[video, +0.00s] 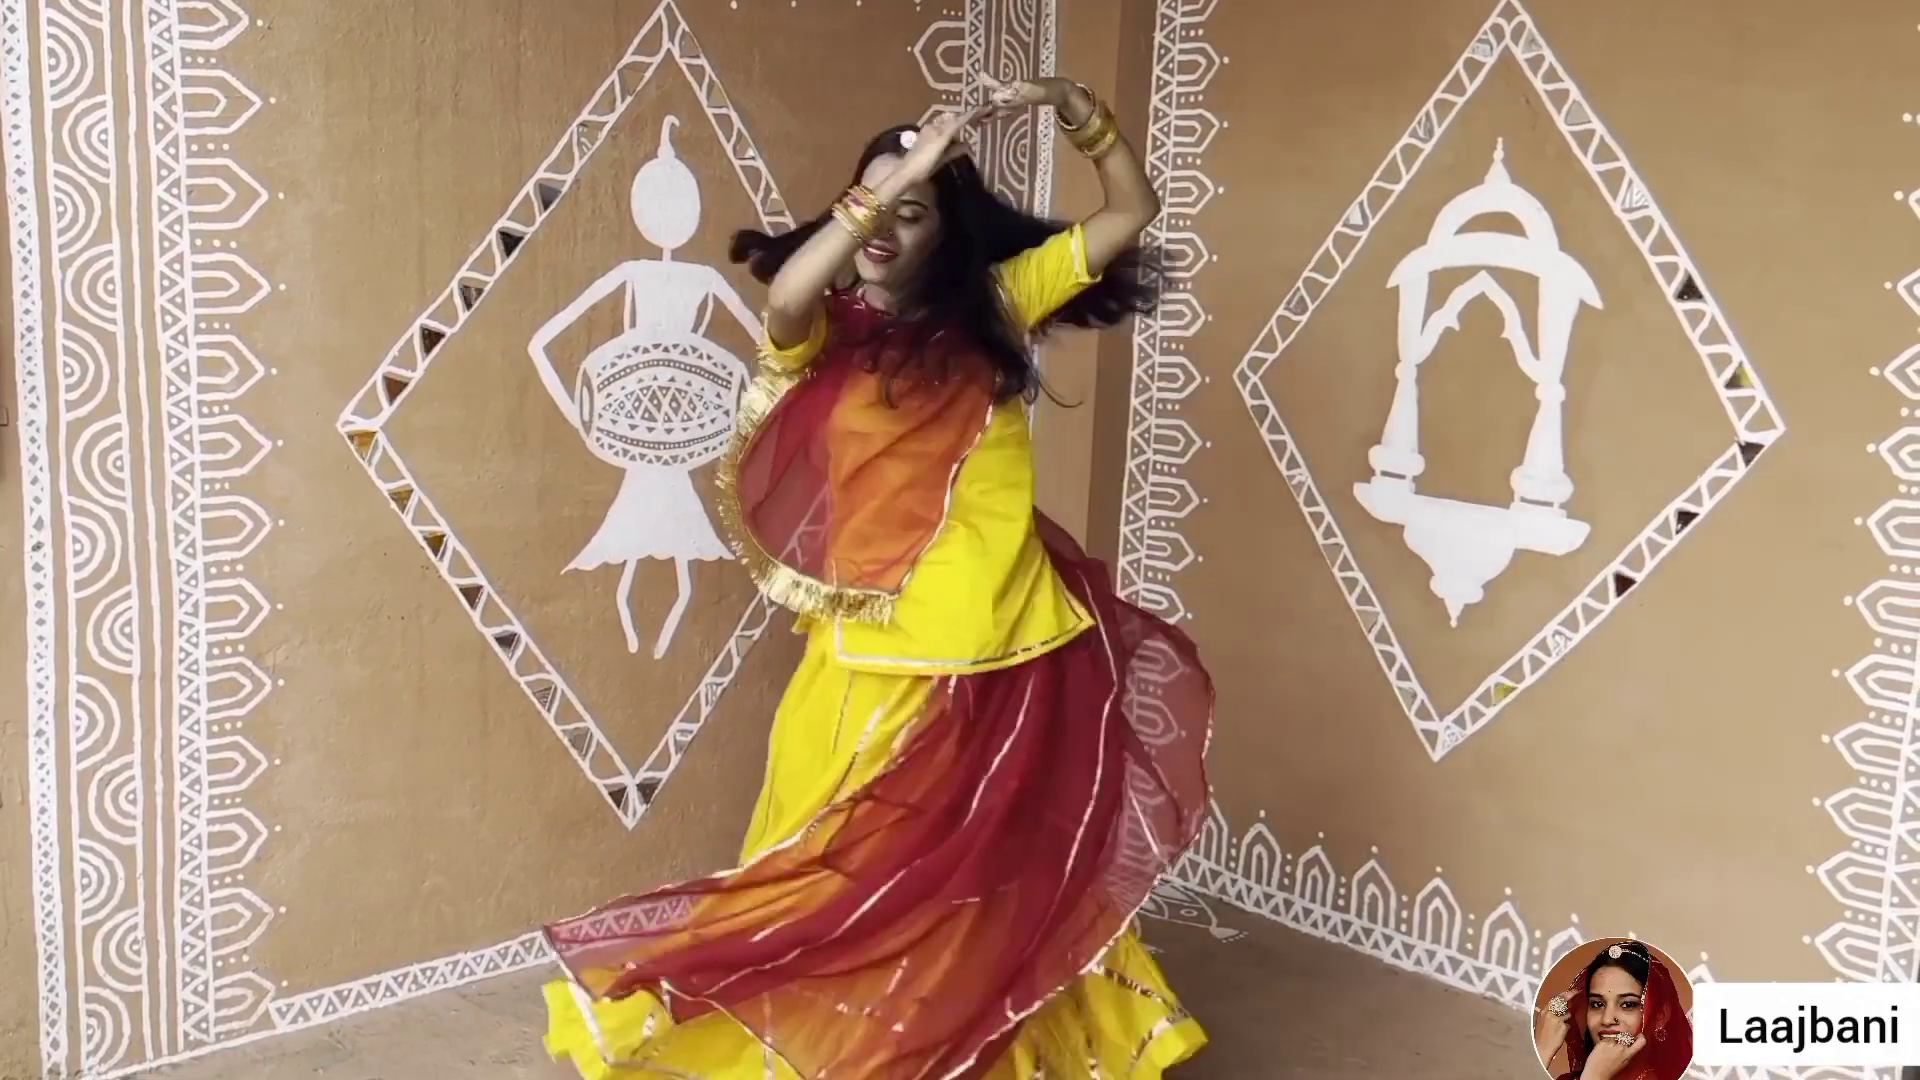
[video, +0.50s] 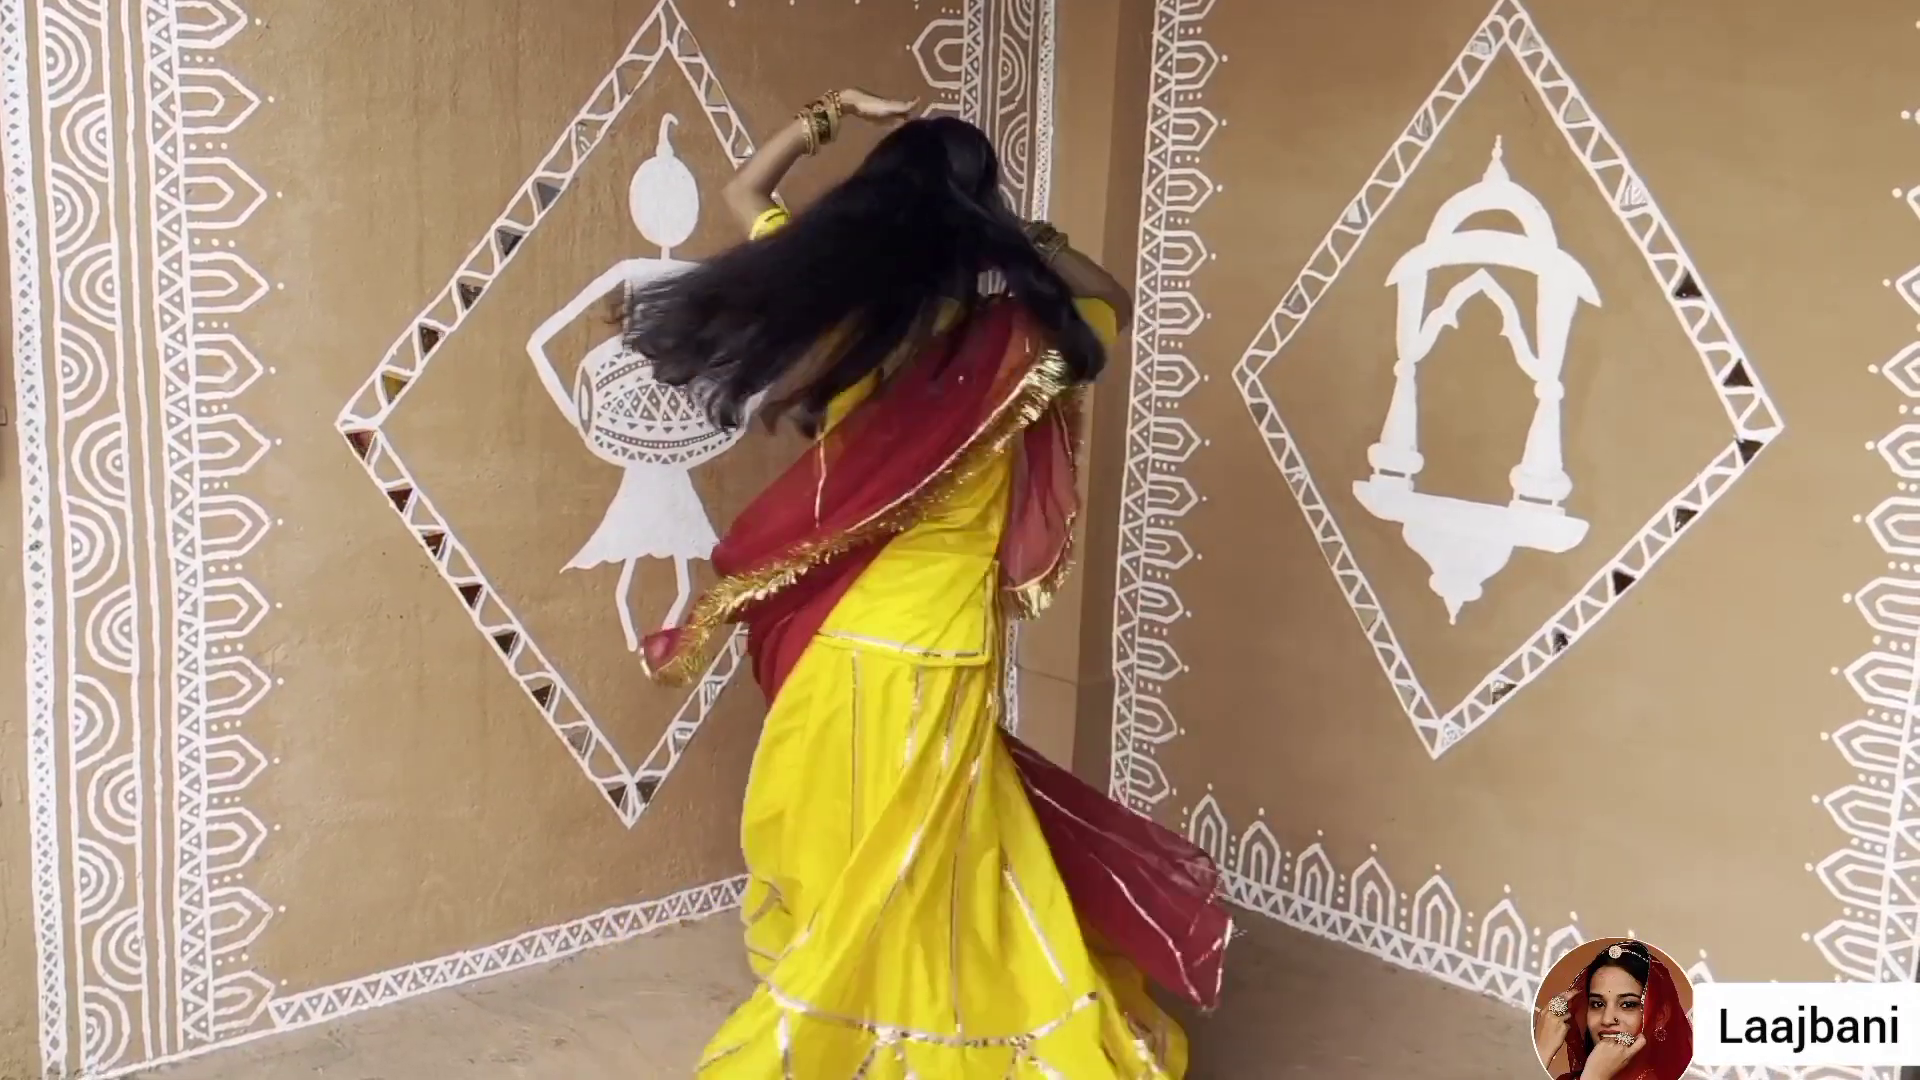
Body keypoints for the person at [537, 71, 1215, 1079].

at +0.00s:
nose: (879, 235)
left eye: (907, 216)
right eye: (868, 214)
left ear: (949, 231)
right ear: (848, 228)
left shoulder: (989, 308)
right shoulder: (819, 335)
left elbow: (1127, 217)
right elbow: (786, 303)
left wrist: (1081, 114)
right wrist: (882, 185)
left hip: (1007, 644)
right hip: (869, 648)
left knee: (993, 879)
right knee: (833, 872)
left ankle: (994, 1056)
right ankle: (827, 1056)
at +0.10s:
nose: (908, 235)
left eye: (928, 221)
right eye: (887, 212)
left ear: (953, 235)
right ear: (848, 223)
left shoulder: (973, 297)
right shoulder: (806, 344)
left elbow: (1090, 223)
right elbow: (877, 326)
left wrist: (1077, 137)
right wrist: (967, 203)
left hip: (1014, 631)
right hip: (887, 644)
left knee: (1015, 870)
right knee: (855, 869)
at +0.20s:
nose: (959, 247)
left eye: (965, 227)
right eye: (935, 224)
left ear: (974, 236)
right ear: (872, 235)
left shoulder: (932, 345)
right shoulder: (858, 358)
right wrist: (1042, 212)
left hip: (978, 641)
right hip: (896, 657)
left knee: (1032, 871)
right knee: (912, 887)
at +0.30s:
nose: (979, 234)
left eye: (977, 216)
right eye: (962, 216)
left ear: (910, 232)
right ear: (903, 229)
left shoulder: (864, 342)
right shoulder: (909, 355)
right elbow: (1099, 332)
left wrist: (1005, 393)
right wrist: (1060, 224)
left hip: (945, 620)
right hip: (891, 633)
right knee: (913, 855)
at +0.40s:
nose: (1003, 224)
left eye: (997, 206)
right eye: (989, 207)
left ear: (901, 223)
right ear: (940, 222)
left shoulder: (854, 328)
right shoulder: (971, 350)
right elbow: (1137, 321)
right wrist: (1051, 221)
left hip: (827, 634)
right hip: (916, 647)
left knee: (852, 855)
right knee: (943, 858)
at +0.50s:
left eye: (885, 184)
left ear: (882, 206)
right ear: (989, 208)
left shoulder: (869, 307)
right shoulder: (1029, 327)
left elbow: (752, 208)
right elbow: (1117, 301)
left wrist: (809, 121)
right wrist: (1039, 240)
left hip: (846, 630)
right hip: (958, 638)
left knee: (809, 837)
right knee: (949, 846)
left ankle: (831, 1042)